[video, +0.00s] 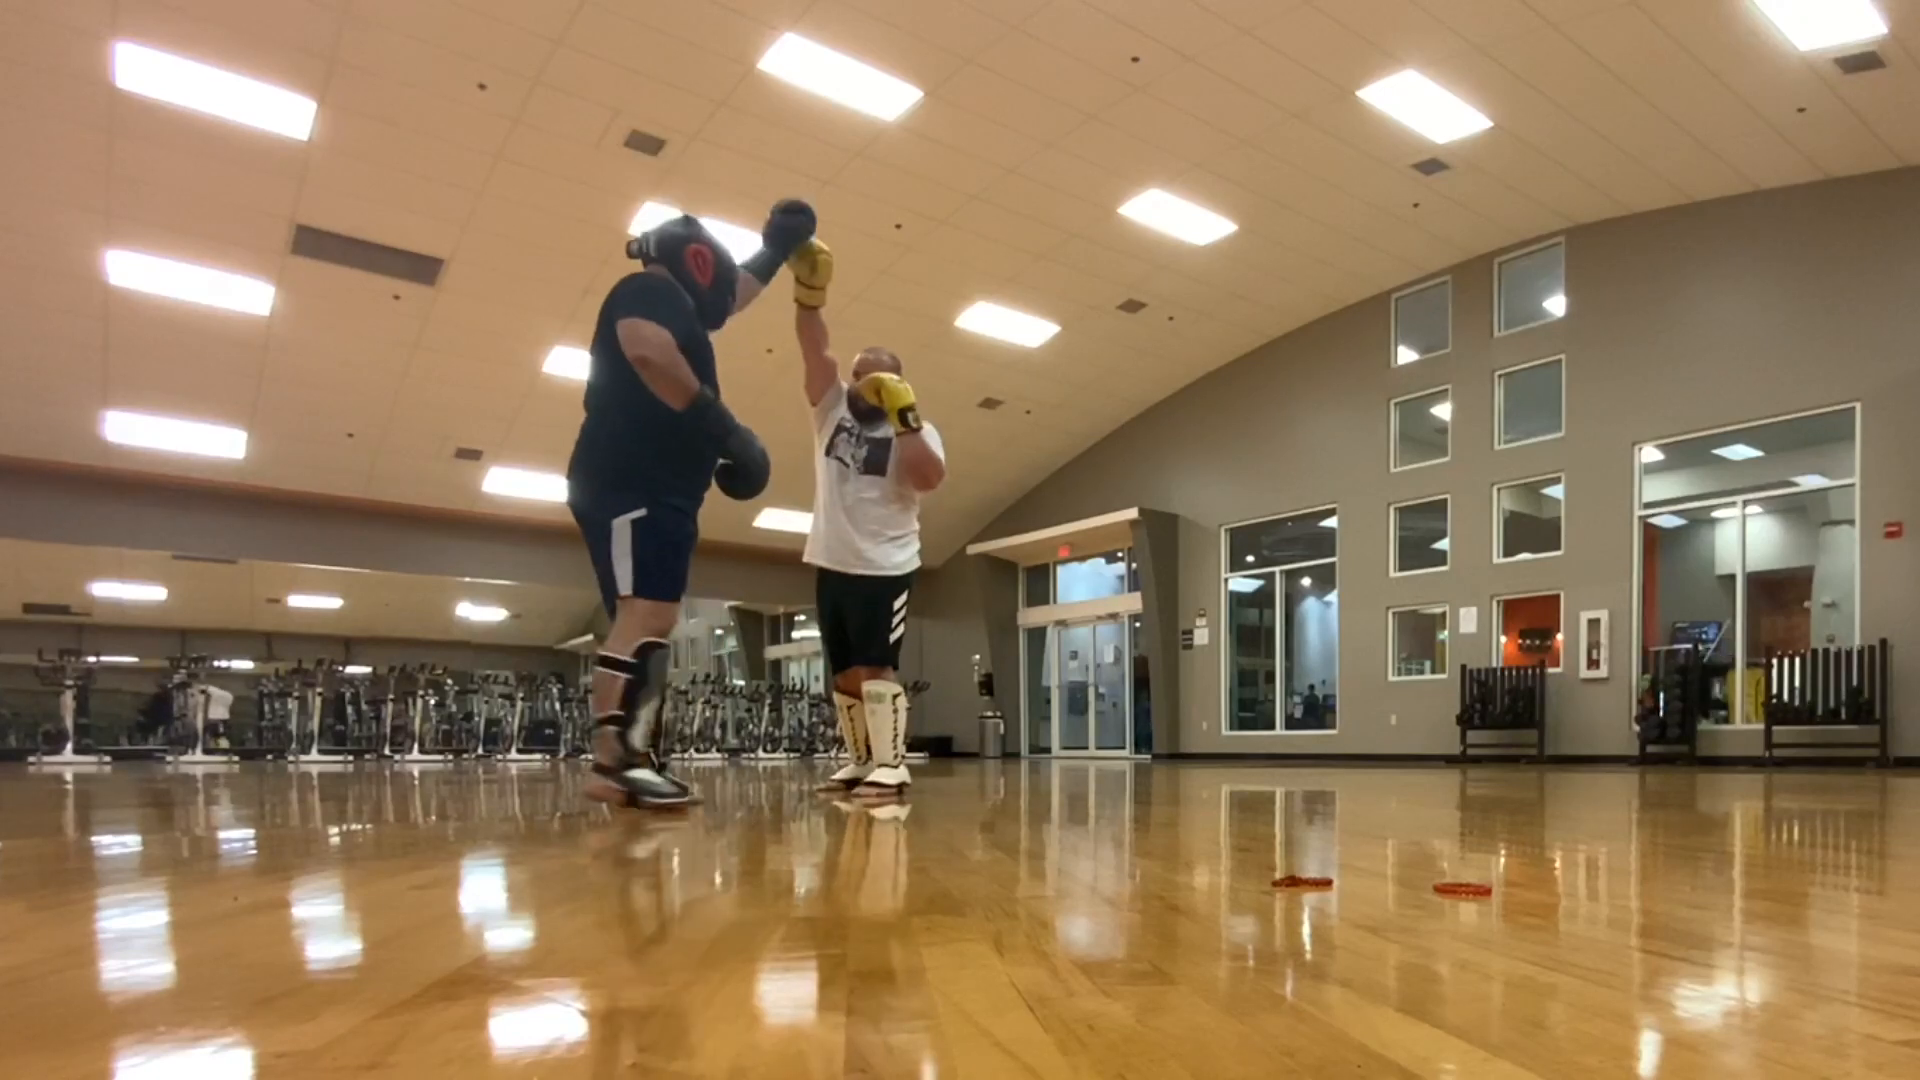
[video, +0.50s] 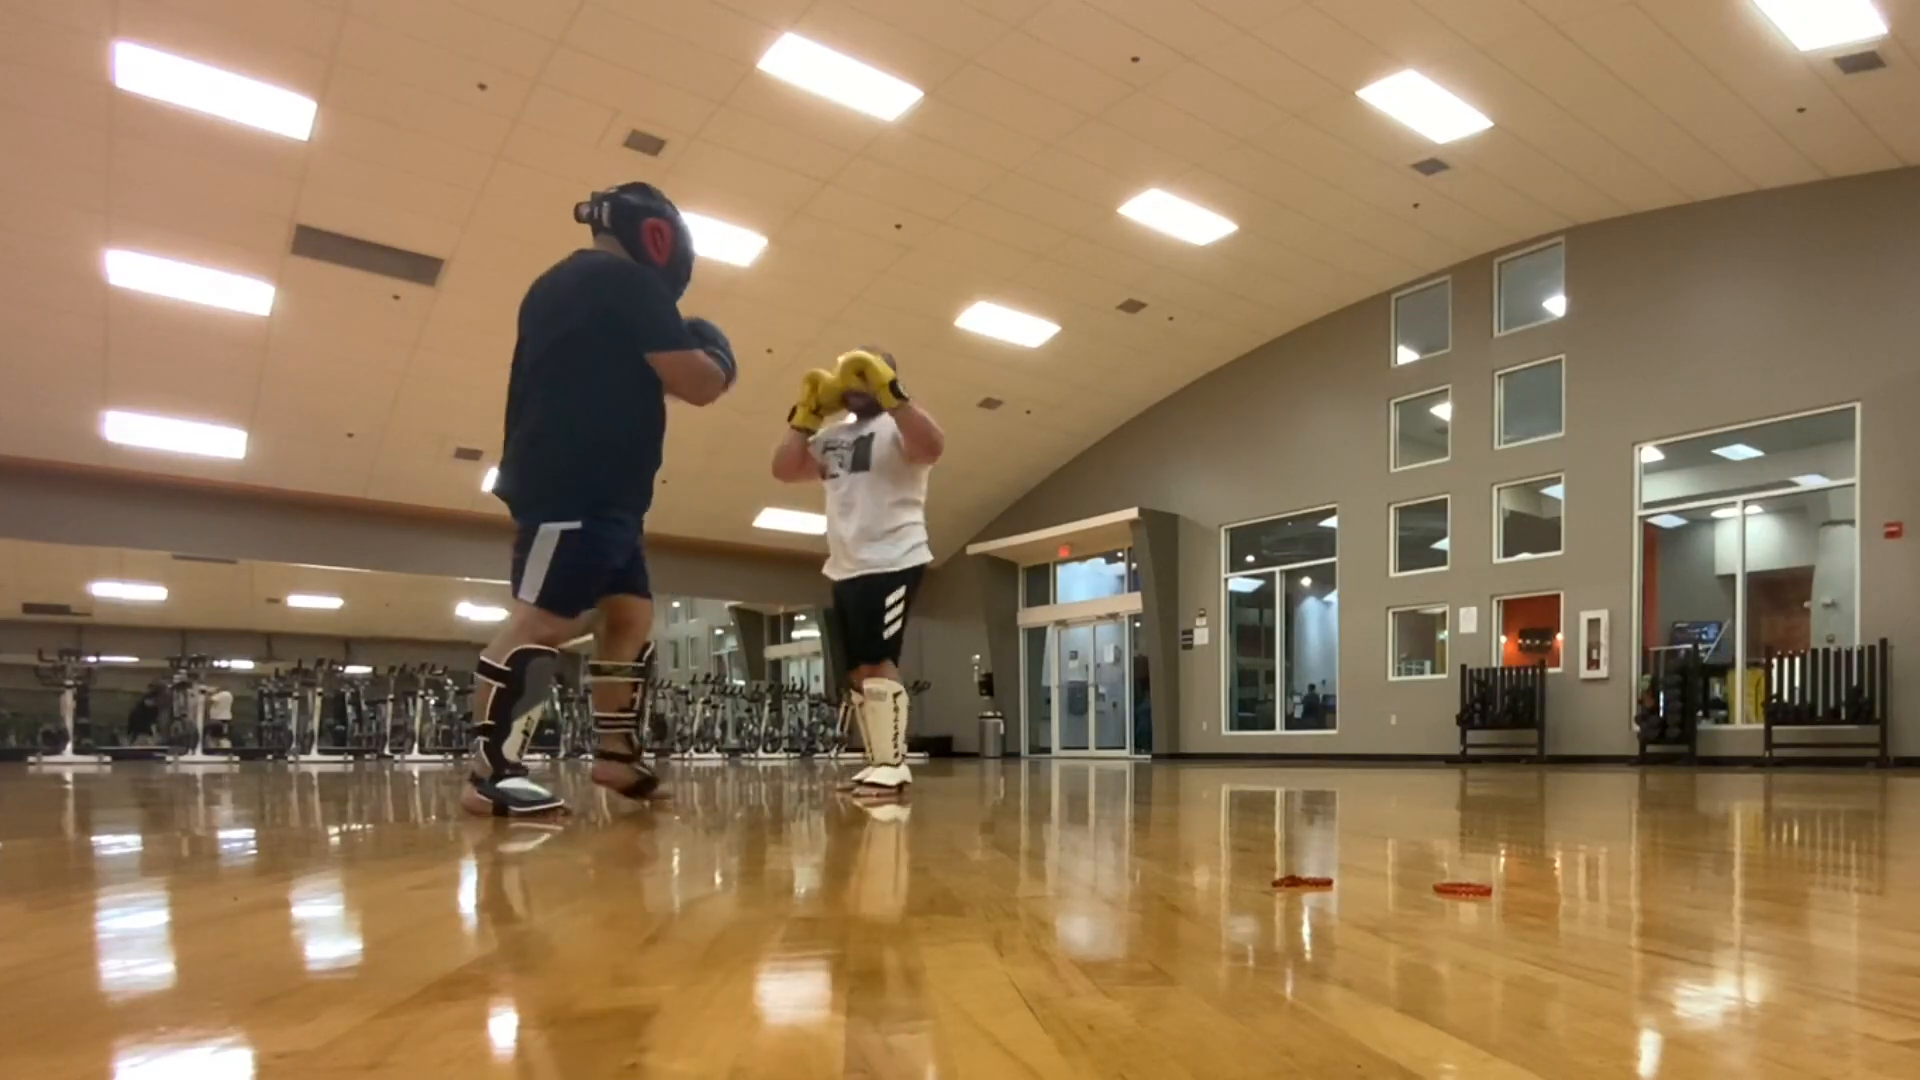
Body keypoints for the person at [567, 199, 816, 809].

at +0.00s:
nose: (728, 278)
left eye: (725, 271)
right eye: (719, 263)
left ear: (690, 264)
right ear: (693, 254)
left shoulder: (688, 309)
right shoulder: (649, 288)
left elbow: (737, 292)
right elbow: (646, 350)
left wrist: (775, 248)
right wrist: (728, 431)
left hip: (657, 483)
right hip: (633, 480)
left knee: (649, 612)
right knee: (646, 610)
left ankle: (623, 757)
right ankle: (614, 757)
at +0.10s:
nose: (715, 273)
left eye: (715, 265)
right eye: (709, 261)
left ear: (668, 256)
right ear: (687, 252)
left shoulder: (671, 314)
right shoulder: (643, 285)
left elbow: (714, 312)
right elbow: (642, 351)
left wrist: (758, 257)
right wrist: (724, 416)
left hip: (656, 488)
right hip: (623, 480)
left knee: (643, 620)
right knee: (625, 611)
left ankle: (635, 768)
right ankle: (545, 744)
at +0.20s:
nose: (705, 268)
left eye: (704, 257)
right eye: (700, 254)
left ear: (654, 248)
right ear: (675, 246)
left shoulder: (650, 308)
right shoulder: (630, 286)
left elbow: (679, 364)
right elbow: (659, 375)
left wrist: (729, 319)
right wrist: (727, 401)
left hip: (648, 494)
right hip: (608, 486)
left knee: (632, 628)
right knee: (588, 617)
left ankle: (637, 769)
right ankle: (510, 751)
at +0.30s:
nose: (697, 265)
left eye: (695, 252)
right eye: (690, 250)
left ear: (631, 244)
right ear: (665, 243)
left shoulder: (616, 296)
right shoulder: (627, 289)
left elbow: (655, 391)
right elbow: (691, 389)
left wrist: (719, 388)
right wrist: (734, 385)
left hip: (631, 499)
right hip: (590, 491)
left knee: (631, 628)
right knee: (561, 615)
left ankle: (637, 770)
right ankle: (499, 758)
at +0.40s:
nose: (685, 270)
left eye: (685, 257)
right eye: (682, 255)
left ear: (616, 241)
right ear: (660, 243)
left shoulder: (571, 292)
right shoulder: (633, 289)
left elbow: (587, 396)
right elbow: (707, 388)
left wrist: (663, 421)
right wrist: (734, 382)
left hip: (609, 497)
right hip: (578, 490)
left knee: (634, 622)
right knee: (543, 620)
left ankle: (640, 759)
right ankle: (490, 766)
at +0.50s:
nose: (676, 263)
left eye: (676, 251)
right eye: (675, 249)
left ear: (605, 232)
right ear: (654, 235)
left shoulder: (552, 286)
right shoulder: (629, 282)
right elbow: (696, 383)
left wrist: (667, 335)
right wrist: (718, 350)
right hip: (582, 485)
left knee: (629, 617)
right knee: (541, 620)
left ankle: (618, 757)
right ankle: (488, 769)